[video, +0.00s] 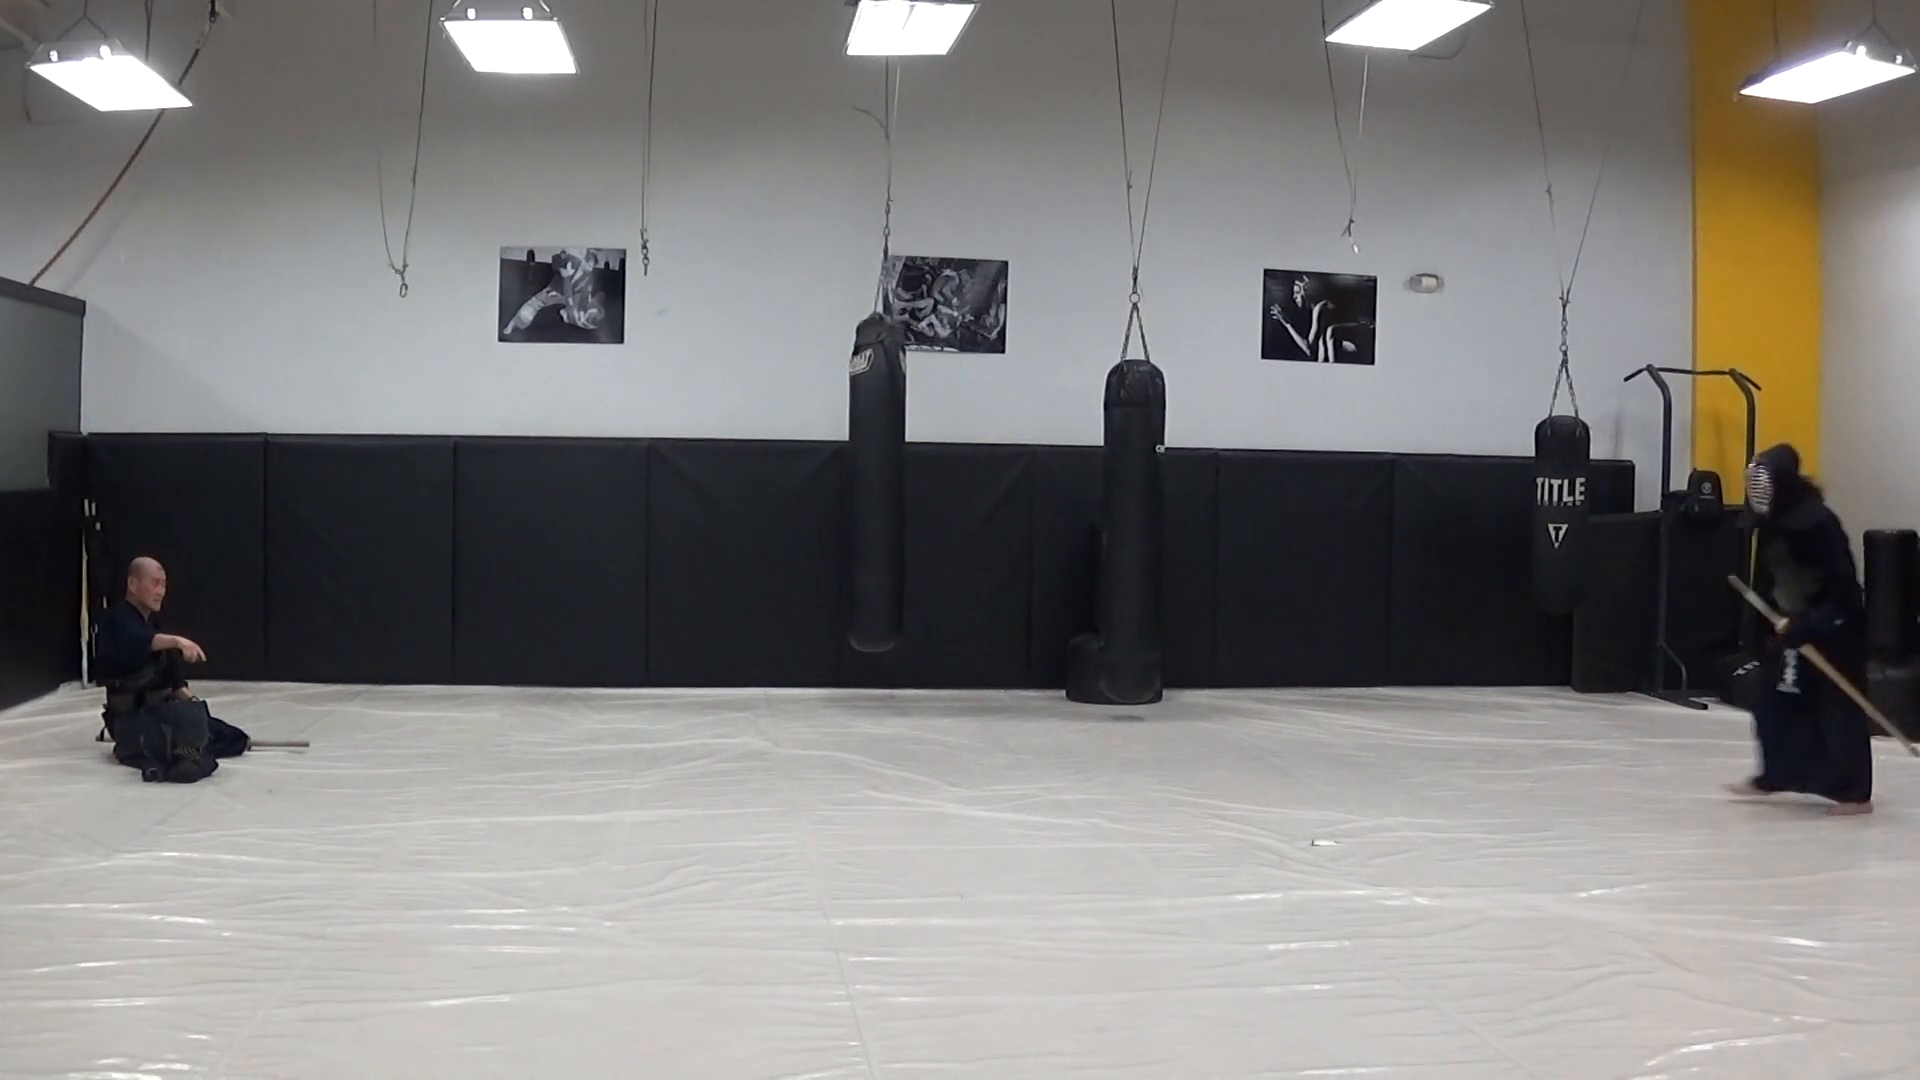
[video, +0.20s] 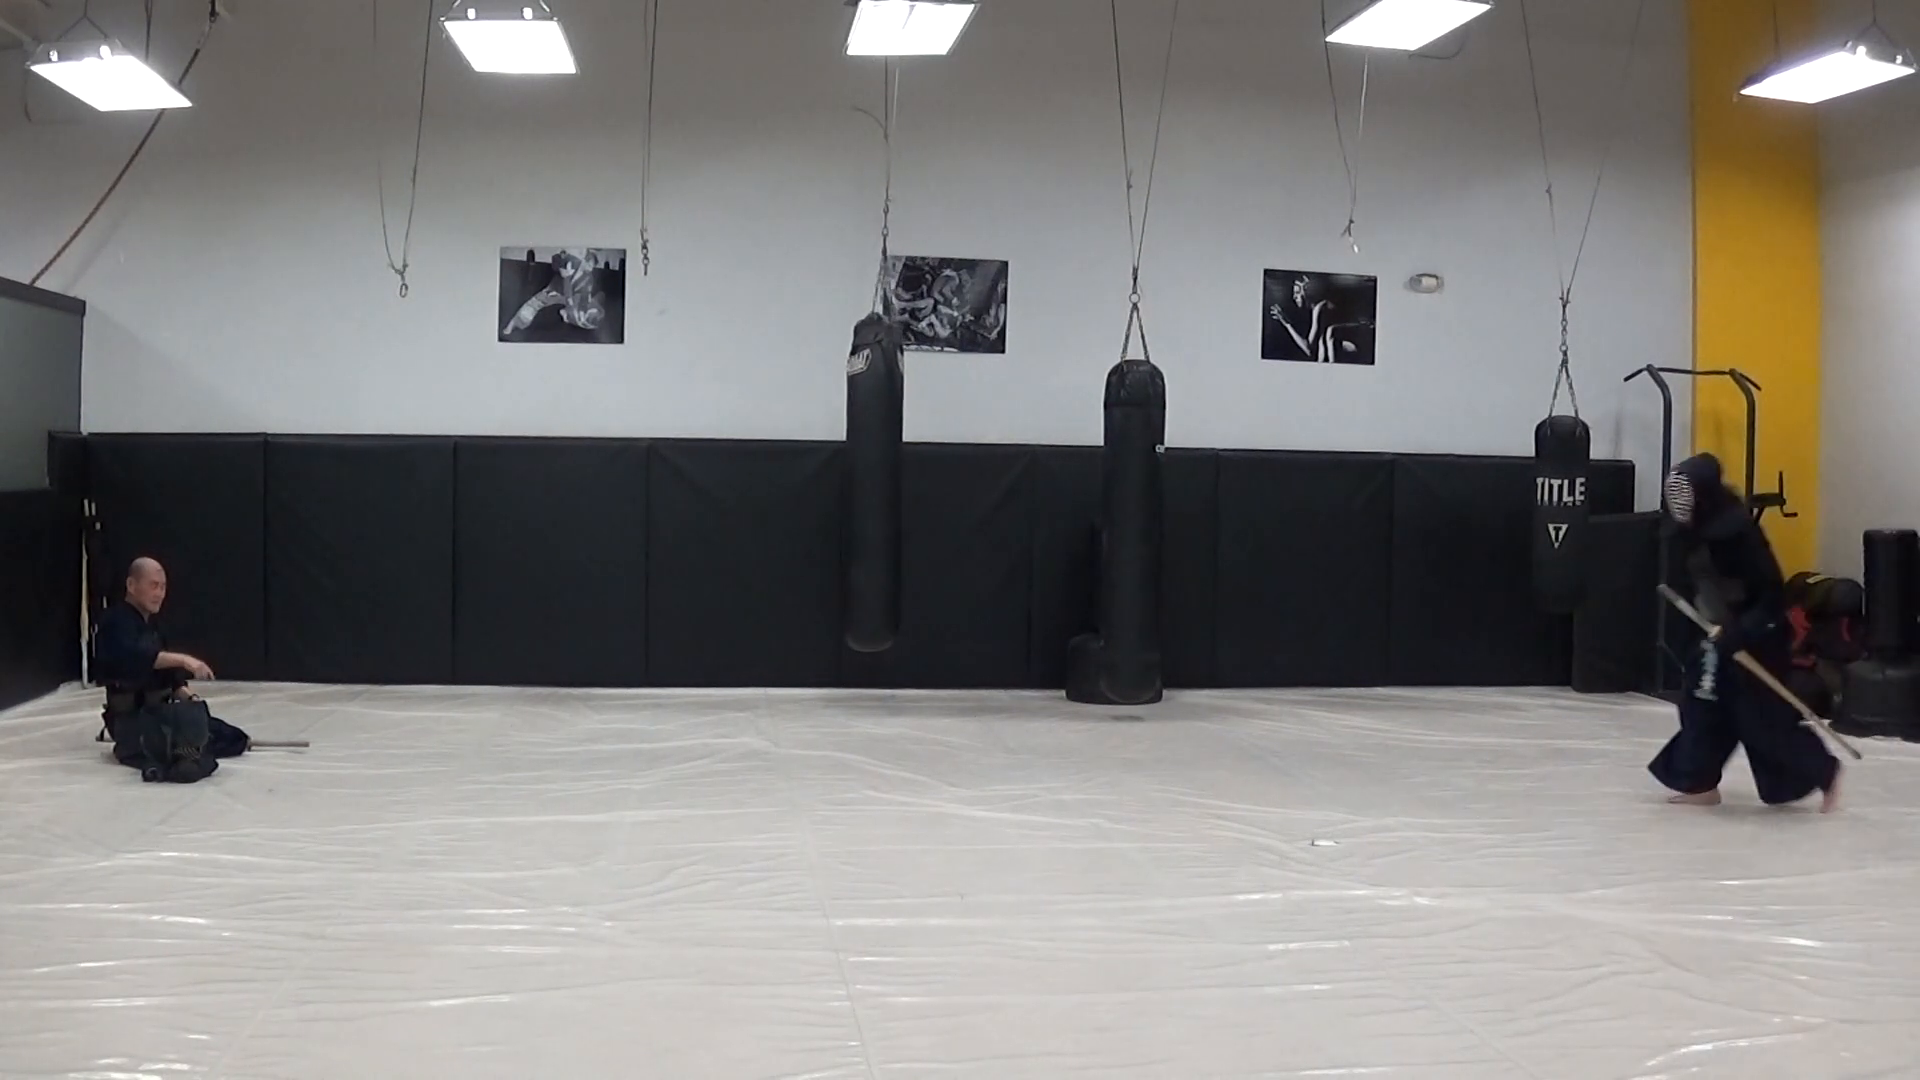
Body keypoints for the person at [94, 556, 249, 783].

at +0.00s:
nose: (161, 591)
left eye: (163, 585)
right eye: (155, 583)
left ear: (165, 587)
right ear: (132, 585)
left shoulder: (152, 622)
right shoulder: (116, 618)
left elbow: (171, 675)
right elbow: (136, 639)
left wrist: (190, 702)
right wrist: (176, 642)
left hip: (163, 712)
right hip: (129, 717)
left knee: (236, 740)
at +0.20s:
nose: (160, 593)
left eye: (163, 587)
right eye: (154, 585)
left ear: (165, 588)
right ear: (131, 586)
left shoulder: (152, 624)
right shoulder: (115, 621)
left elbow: (164, 672)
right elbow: (131, 654)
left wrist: (187, 697)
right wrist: (183, 660)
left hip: (162, 711)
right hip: (129, 718)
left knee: (236, 739)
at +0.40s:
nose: (157, 598)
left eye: (162, 592)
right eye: (150, 590)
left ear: (167, 592)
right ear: (131, 588)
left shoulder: (157, 626)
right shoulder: (114, 623)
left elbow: (170, 672)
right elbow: (124, 674)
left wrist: (182, 693)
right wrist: (172, 690)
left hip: (162, 711)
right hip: (129, 717)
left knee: (236, 740)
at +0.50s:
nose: (159, 598)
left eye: (163, 592)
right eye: (152, 590)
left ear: (168, 592)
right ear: (132, 588)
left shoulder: (156, 627)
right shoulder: (116, 624)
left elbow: (171, 677)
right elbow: (120, 680)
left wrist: (189, 699)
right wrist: (167, 702)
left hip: (162, 713)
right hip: (130, 719)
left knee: (236, 740)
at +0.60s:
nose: (159, 599)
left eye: (164, 593)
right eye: (153, 591)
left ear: (169, 593)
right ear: (133, 588)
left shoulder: (158, 627)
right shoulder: (115, 624)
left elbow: (172, 678)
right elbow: (109, 677)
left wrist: (190, 699)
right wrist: (149, 698)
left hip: (166, 709)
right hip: (129, 714)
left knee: (235, 740)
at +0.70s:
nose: (160, 599)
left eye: (165, 592)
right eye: (154, 591)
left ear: (170, 592)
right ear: (134, 588)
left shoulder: (157, 626)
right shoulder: (114, 624)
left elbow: (170, 675)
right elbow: (106, 676)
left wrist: (187, 697)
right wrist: (142, 694)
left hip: (167, 710)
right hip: (130, 715)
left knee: (235, 740)